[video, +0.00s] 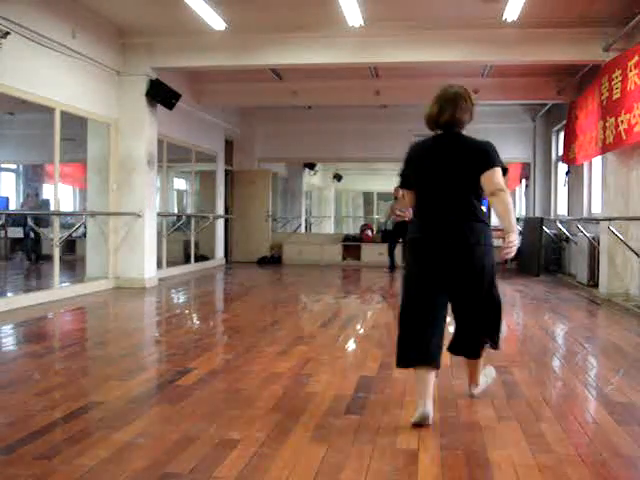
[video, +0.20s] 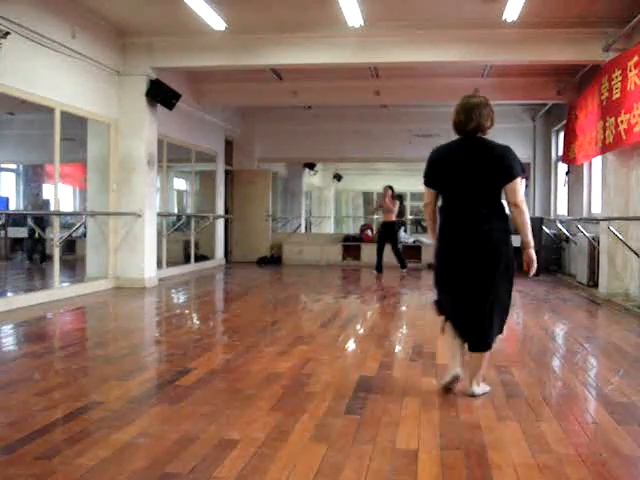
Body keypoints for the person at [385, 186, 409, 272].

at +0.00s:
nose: (395, 194)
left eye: (397, 191)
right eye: (395, 191)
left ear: (401, 192)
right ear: (395, 193)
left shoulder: (407, 203)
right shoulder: (394, 204)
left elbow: (410, 215)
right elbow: (389, 215)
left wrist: (398, 213)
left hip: (406, 223)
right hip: (397, 223)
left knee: (406, 245)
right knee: (391, 245)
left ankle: (407, 265)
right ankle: (392, 265)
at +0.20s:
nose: (386, 194)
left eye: (388, 191)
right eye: (385, 191)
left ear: (392, 192)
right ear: (383, 193)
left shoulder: (395, 202)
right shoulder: (383, 202)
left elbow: (394, 211)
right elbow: (372, 212)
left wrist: (386, 201)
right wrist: (378, 206)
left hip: (392, 222)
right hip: (384, 222)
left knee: (395, 247)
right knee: (380, 248)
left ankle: (404, 266)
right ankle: (378, 269)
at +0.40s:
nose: (377, 191)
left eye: (378, 189)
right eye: (375, 189)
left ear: (382, 191)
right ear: (373, 191)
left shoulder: (384, 199)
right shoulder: (372, 200)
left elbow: (385, 202)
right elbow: (362, 204)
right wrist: (368, 202)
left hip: (382, 221)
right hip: (374, 222)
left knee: (380, 246)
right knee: (375, 246)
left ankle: (381, 267)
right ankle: (377, 267)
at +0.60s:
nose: (370, 191)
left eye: (372, 189)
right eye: (369, 189)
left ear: (375, 192)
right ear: (367, 191)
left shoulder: (376, 201)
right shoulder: (365, 201)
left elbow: (381, 201)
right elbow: (355, 202)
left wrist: (379, 195)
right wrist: (361, 196)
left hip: (375, 222)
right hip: (367, 223)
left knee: (372, 247)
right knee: (371, 247)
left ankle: (365, 268)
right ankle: (378, 267)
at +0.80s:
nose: (361, 189)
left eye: (363, 187)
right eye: (360, 187)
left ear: (366, 190)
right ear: (358, 189)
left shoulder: (368, 200)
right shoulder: (356, 200)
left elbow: (374, 198)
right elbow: (344, 197)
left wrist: (373, 192)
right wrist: (353, 192)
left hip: (366, 221)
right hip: (358, 221)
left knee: (365, 247)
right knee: (355, 248)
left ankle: (363, 271)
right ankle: (364, 264)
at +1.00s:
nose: (352, 190)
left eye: (354, 188)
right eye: (351, 188)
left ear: (358, 190)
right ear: (349, 190)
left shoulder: (360, 200)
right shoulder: (346, 198)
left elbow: (357, 204)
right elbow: (335, 196)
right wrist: (344, 194)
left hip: (357, 222)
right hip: (348, 222)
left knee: (360, 248)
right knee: (344, 248)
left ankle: (362, 270)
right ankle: (337, 270)